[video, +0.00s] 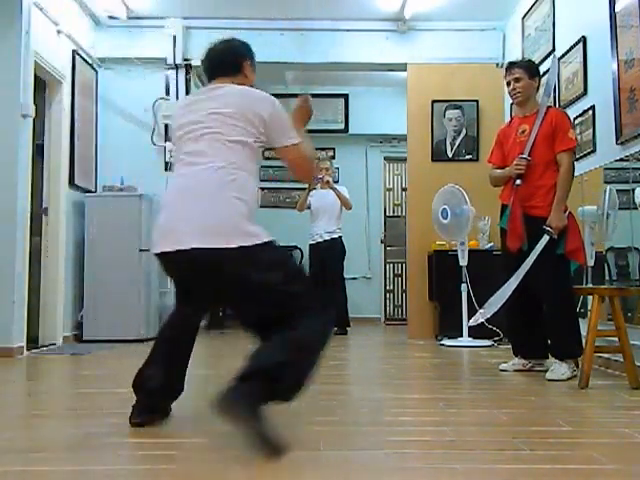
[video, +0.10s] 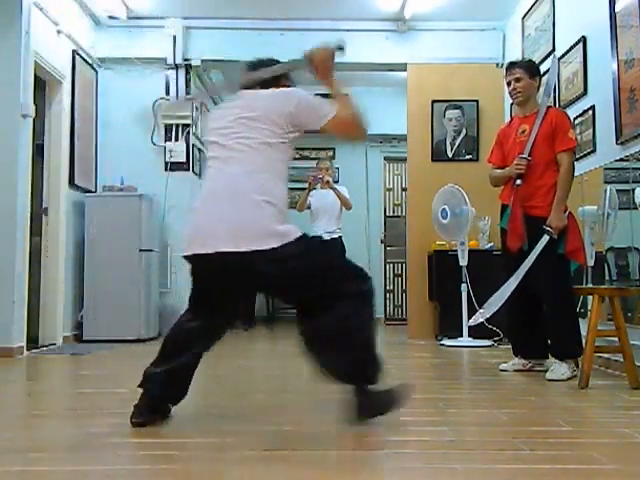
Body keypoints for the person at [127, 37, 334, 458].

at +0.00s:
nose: (256, 77)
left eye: (253, 71)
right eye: (254, 70)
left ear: (209, 74)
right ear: (245, 70)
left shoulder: (181, 108)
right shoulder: (260, 102)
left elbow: (191, 164)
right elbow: (305, 172)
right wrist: (297, 127)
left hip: (171, 239)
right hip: (228, 237)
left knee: (188, 307)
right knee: (308, 311)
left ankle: (149, 403)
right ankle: (247, 394)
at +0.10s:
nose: (290, 89)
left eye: (287, 86)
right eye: (288, 84)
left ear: (246, 84)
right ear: (280, 84)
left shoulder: (217, 115)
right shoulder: (286, 100)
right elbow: (354, 127)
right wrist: (330, 81)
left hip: (205, 245)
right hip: (264, 239)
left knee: (205, 315)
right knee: (350, 288)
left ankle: (151, 400)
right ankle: (365, 389)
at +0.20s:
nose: (346, 110)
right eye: (342, 100)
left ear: (293, 86)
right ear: (328, 86)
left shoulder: (267, 117)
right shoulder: (326, 95)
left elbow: (274, 192)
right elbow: (380, 79)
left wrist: (333, 209)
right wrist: (332, 50)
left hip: (247, 247)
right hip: (309, 244)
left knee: (216, 320)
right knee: (379, 311)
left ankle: (157, 396)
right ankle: (431, 388)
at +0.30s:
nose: (383, 90)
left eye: (381, 85)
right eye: (382, 85)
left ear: (336, 82)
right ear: (370, 82)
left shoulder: (304, 113)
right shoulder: (373, 94)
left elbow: (334, 177)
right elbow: (414, 103)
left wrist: (393, 191)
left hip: (301, 241)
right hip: (364, 236)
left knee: (268, 317)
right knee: (419, 307)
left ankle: (213, 395)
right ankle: (439, 396)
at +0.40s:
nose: (409, 84)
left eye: (407, 78)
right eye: (407, 78)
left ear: (362, 78)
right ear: (395, 74)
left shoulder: (331, 108)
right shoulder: (409, 96)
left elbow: (347, 160)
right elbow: (467, 127)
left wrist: (415, 154)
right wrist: (433, 152)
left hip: (337, 235)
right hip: (398, 225)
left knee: (332, 318)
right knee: (433, 307)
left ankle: (351, 379)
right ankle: (439, 396)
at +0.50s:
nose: (433, 85)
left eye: (433, 79)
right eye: (431, 78)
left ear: (388, 74)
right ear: (413, 73)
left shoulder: (361, 106)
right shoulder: (418, 98)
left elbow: (404, 152)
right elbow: (494, 114)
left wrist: (440, 140)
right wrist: (548, 117)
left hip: (367, 232)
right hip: (423, 221)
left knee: (412, 327)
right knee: (447, 310)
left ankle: (501, 387)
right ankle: (467, 397)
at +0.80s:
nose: (440, 83)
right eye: (440, 78)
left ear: (396, 77)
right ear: (435, 77)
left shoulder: (377, 109)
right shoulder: (436, 97)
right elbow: (511, 120)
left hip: (385, 222)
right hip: (442, 213)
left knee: (434, 316)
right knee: (463, 304)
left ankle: (505, 383)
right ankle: (480, 399)